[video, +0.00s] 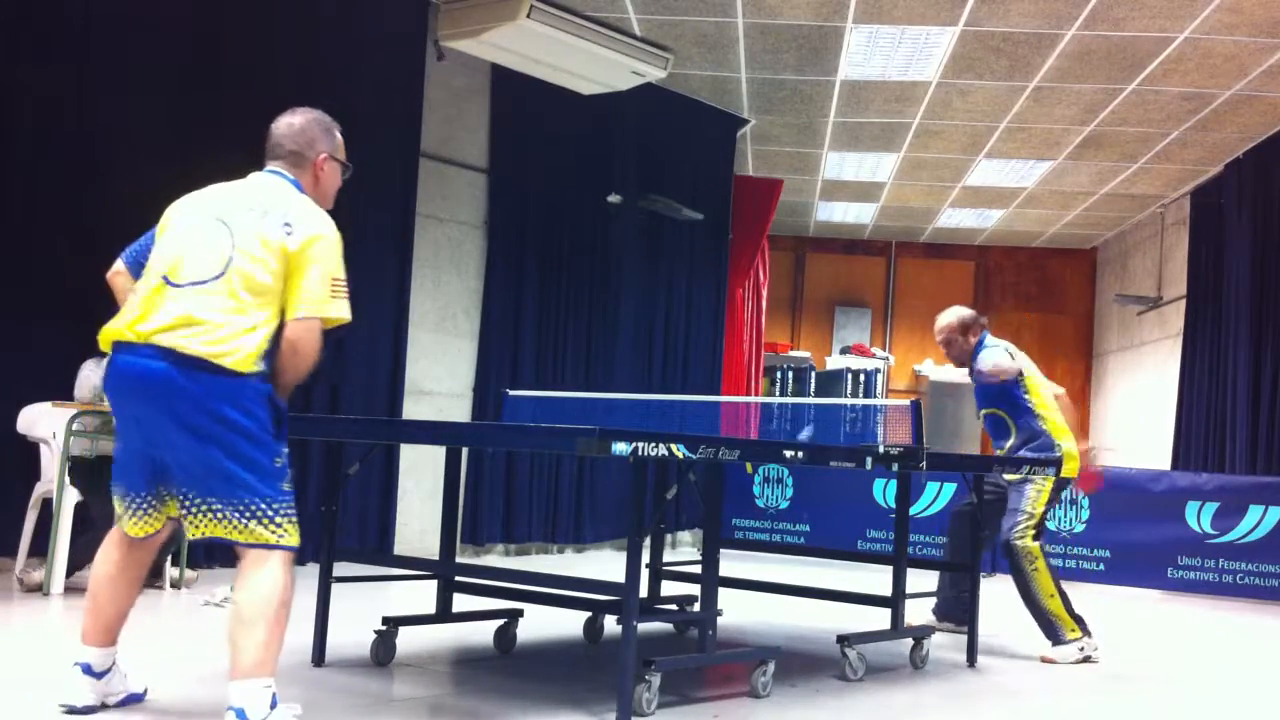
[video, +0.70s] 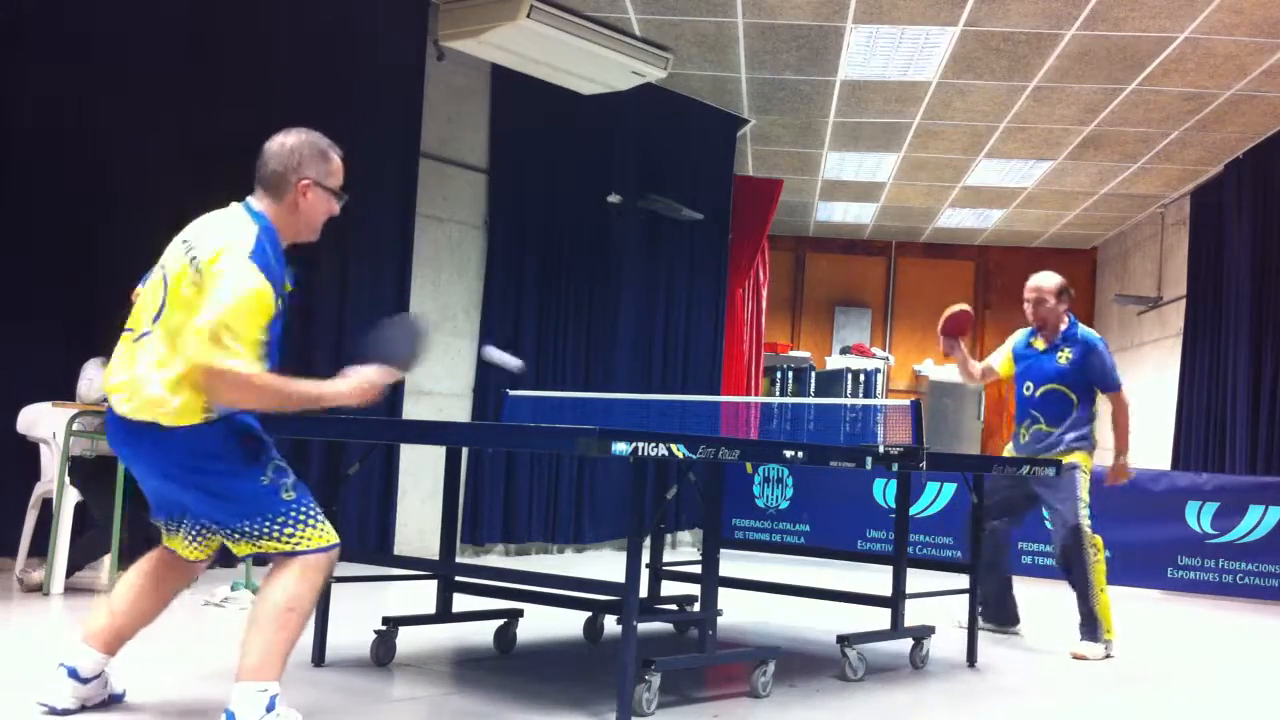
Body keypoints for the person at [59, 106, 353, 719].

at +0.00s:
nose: (339, 182)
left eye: (342, 171)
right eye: (340, 170)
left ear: (273, 158)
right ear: (319, 165)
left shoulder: (202, 199)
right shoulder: (311, 223)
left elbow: (122, 273)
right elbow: (303, 338)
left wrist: (162, 342)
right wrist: (273, 395)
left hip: (133, 368)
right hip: (218, 382)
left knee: (141, 519)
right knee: (269, 541)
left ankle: (93, 672)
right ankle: (253, 703)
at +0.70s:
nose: (338, 208)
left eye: (340, 193)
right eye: (334, 192)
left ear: (288, 187)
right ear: (302, 189)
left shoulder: (211, 227)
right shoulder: (250, 260)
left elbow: (143, 313)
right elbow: (220, 378)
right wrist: (334, 390)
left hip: (135, 417)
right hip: (192, 424)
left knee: (191, 543)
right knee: (312, 547)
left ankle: (80, 671)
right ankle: (254, 703)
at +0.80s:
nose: (325, 201)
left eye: (326, 188)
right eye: (321, 187)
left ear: (273, 183)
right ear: (288, 186)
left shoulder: (195, 223)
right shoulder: (258, 275)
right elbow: (341, 357)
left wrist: (373, 342)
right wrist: (445, 353)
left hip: (128, 416)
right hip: (183, 423)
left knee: (188, 544)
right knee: (308, 545)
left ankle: (78, 672)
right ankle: (255, 703)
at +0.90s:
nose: (317, 182)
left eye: (318, 169)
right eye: (313, 168)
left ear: (252, 162)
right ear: (284, 169)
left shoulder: (177, 210)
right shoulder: (274, 250)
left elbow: (142, 304)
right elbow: (377, 302)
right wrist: (475, 289)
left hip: (111, 404)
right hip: (183, 416)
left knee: (161, 526)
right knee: (300, 545)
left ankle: (73, 670)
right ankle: (254, 703)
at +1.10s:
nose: (271, 145)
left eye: (271, 132)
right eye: (268, 132)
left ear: (197, 132)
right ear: (248, 133)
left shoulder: (131, 192)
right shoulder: (243, 214)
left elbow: (83, 287)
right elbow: (323, 296)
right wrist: (397, 265)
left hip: (91, 386)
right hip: (170, 395)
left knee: (99, 529)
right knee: (261, 539)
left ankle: (7, 669)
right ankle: (250, 703)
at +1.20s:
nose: (250, 136)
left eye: (249, 124)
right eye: (247, 124)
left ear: (176, 125)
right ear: (227, 127)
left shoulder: (117, 182)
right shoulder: (210, 200)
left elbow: (77, 285)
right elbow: (262, 301)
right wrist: (343, 292)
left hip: (66, 373)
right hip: (139, 378)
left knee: (83, 529)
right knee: (222, 529)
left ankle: (4, 669)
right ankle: (238, 700)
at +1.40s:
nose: (219, 130)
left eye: (220, 118)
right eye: (219, 118)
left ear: (150, 113)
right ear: (202, 115)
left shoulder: (82, 172)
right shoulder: (190, 178)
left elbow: (27, 271)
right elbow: (193, 282)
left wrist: (85, 319)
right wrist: (244, 325)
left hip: (49, 363)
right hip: (132, 367)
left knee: (52, 529)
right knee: (172, 537)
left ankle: (3, 678)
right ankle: (142, 706)